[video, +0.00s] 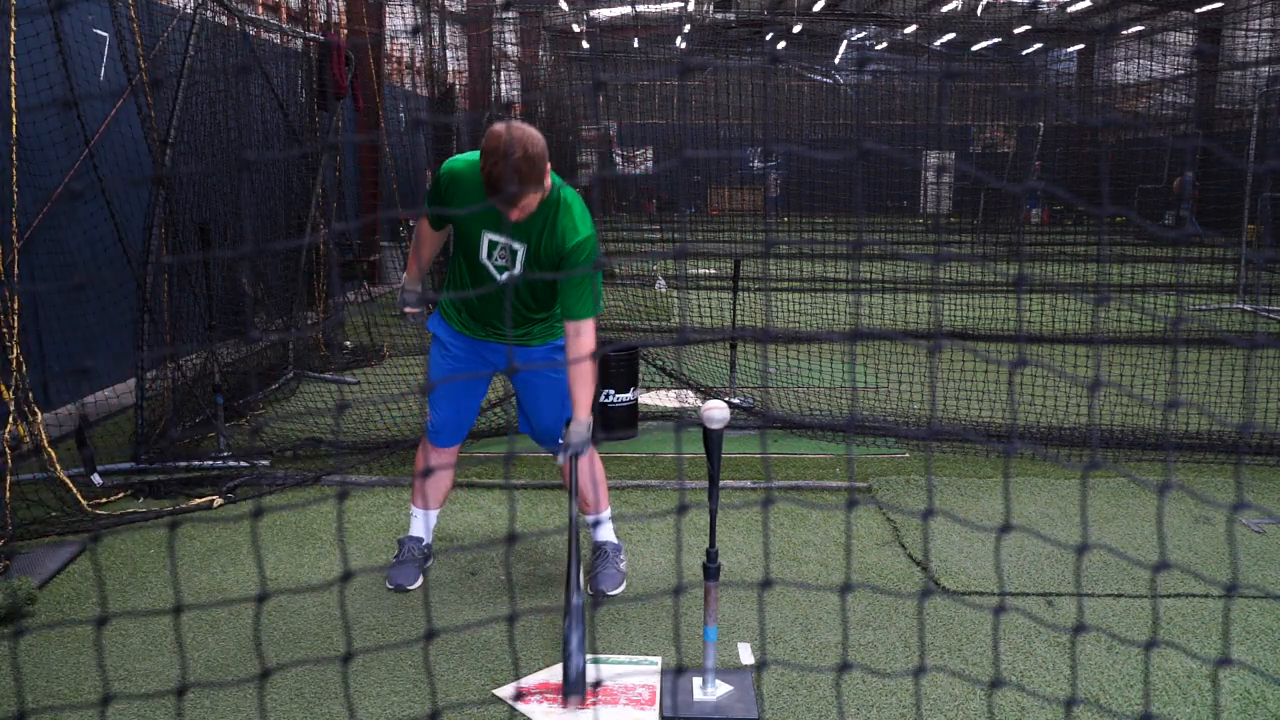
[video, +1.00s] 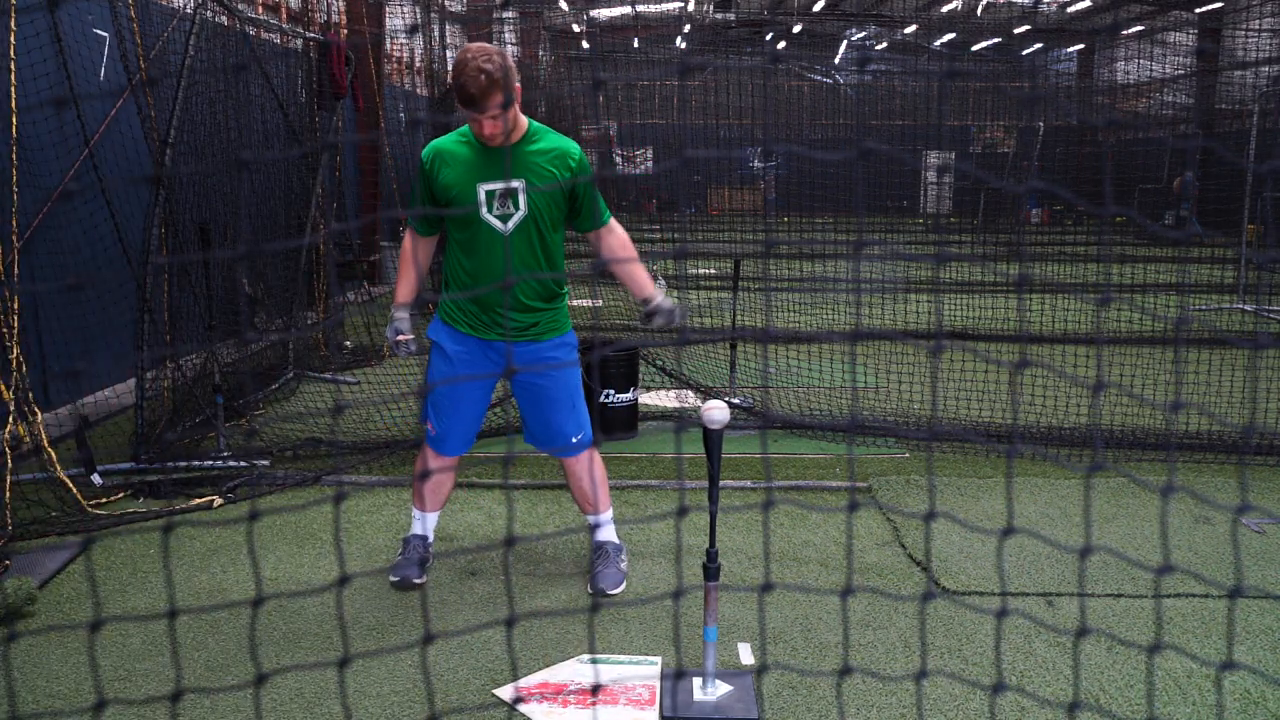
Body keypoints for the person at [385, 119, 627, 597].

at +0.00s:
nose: (514, 214)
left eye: (525, 204)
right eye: (504, 205)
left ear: (544, 179)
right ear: (486, 177)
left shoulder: (571, 223)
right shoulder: (456, 180)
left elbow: (580, 331)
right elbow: (432, 225)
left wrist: (581, 419)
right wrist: (413, 282)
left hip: (542, 337)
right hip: (462, 329)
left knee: (570, 439)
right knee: (440, 436)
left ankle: (606, 542)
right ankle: (418, 540)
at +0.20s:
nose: (516, 189)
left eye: (526, 179)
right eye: (504, 181)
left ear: (544, 148)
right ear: (485, 156)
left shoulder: (574, 204)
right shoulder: (454, 171)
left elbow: (587, 291)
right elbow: (431, 226)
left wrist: (590, 371)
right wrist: (412, 285)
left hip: (542, 334)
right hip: (461, 329)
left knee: (568, 443)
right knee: (440, 438)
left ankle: (604, 541)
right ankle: (418, 541)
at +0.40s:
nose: (505, 160)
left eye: (514, 147)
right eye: (494, 149)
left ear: (536, 122)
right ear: (480, 132)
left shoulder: (573, 182)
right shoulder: (450, 164)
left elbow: (595, 267)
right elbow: (429, 228)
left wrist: (600, 343)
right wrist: (412, 298)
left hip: (541, 335)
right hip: (461, 330)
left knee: (567, 442)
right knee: (439, 436)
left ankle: (604, 536)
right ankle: (417, 541)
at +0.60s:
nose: (495, 142)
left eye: (505, 129)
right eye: (484, 130)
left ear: (528, 109)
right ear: (470, 116)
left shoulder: (570, 169)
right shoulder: (445, 160)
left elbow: (593, 259)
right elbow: (426, 232)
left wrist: (603, 337)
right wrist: (408, 301)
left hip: (543, 335)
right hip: (460, 331)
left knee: (572, 446)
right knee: (438, 445)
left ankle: (605, 542)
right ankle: (417, 541)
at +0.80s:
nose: (492, 134)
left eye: (502, 122)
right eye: (481, 123)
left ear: (523, 101)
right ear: (466, 110)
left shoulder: (567, 160)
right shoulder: (443, 160)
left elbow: (600, 247)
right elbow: (423, 235)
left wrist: (629, 322)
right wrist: (405, 304)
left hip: (543, 332)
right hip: (462, 329)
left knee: (573, 445)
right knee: (439, 445)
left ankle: (606, 541)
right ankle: (417, 541)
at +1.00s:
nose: (491, 127)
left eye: (500, 113)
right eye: (479, 117)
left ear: (518, 94)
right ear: (461, 106)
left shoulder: (563, 157)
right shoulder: (440, 160)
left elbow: (606, 231)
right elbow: (419, 238)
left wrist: (651, 295)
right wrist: (401, 309)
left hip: (544, 330)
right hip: (462, 330)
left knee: (573, 442)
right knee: (440, 443)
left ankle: (606, 543)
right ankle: (419, 539)